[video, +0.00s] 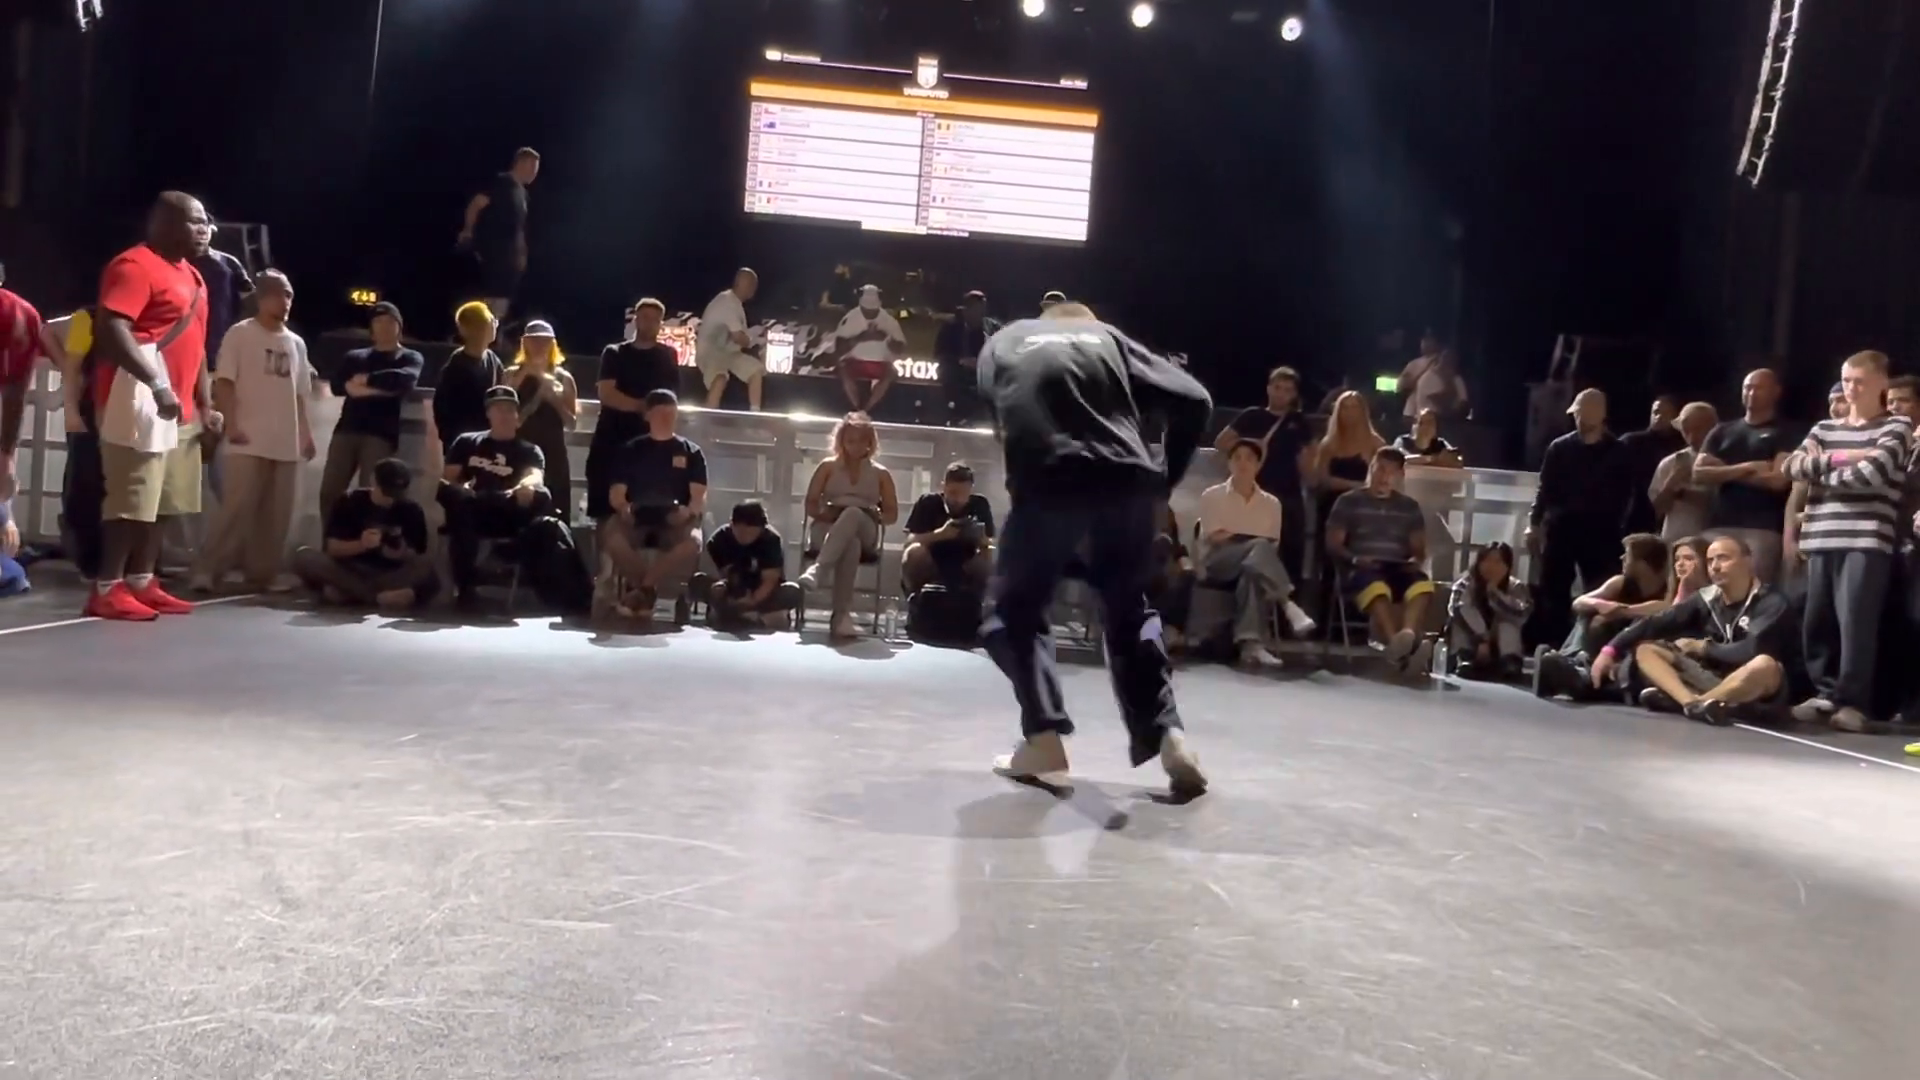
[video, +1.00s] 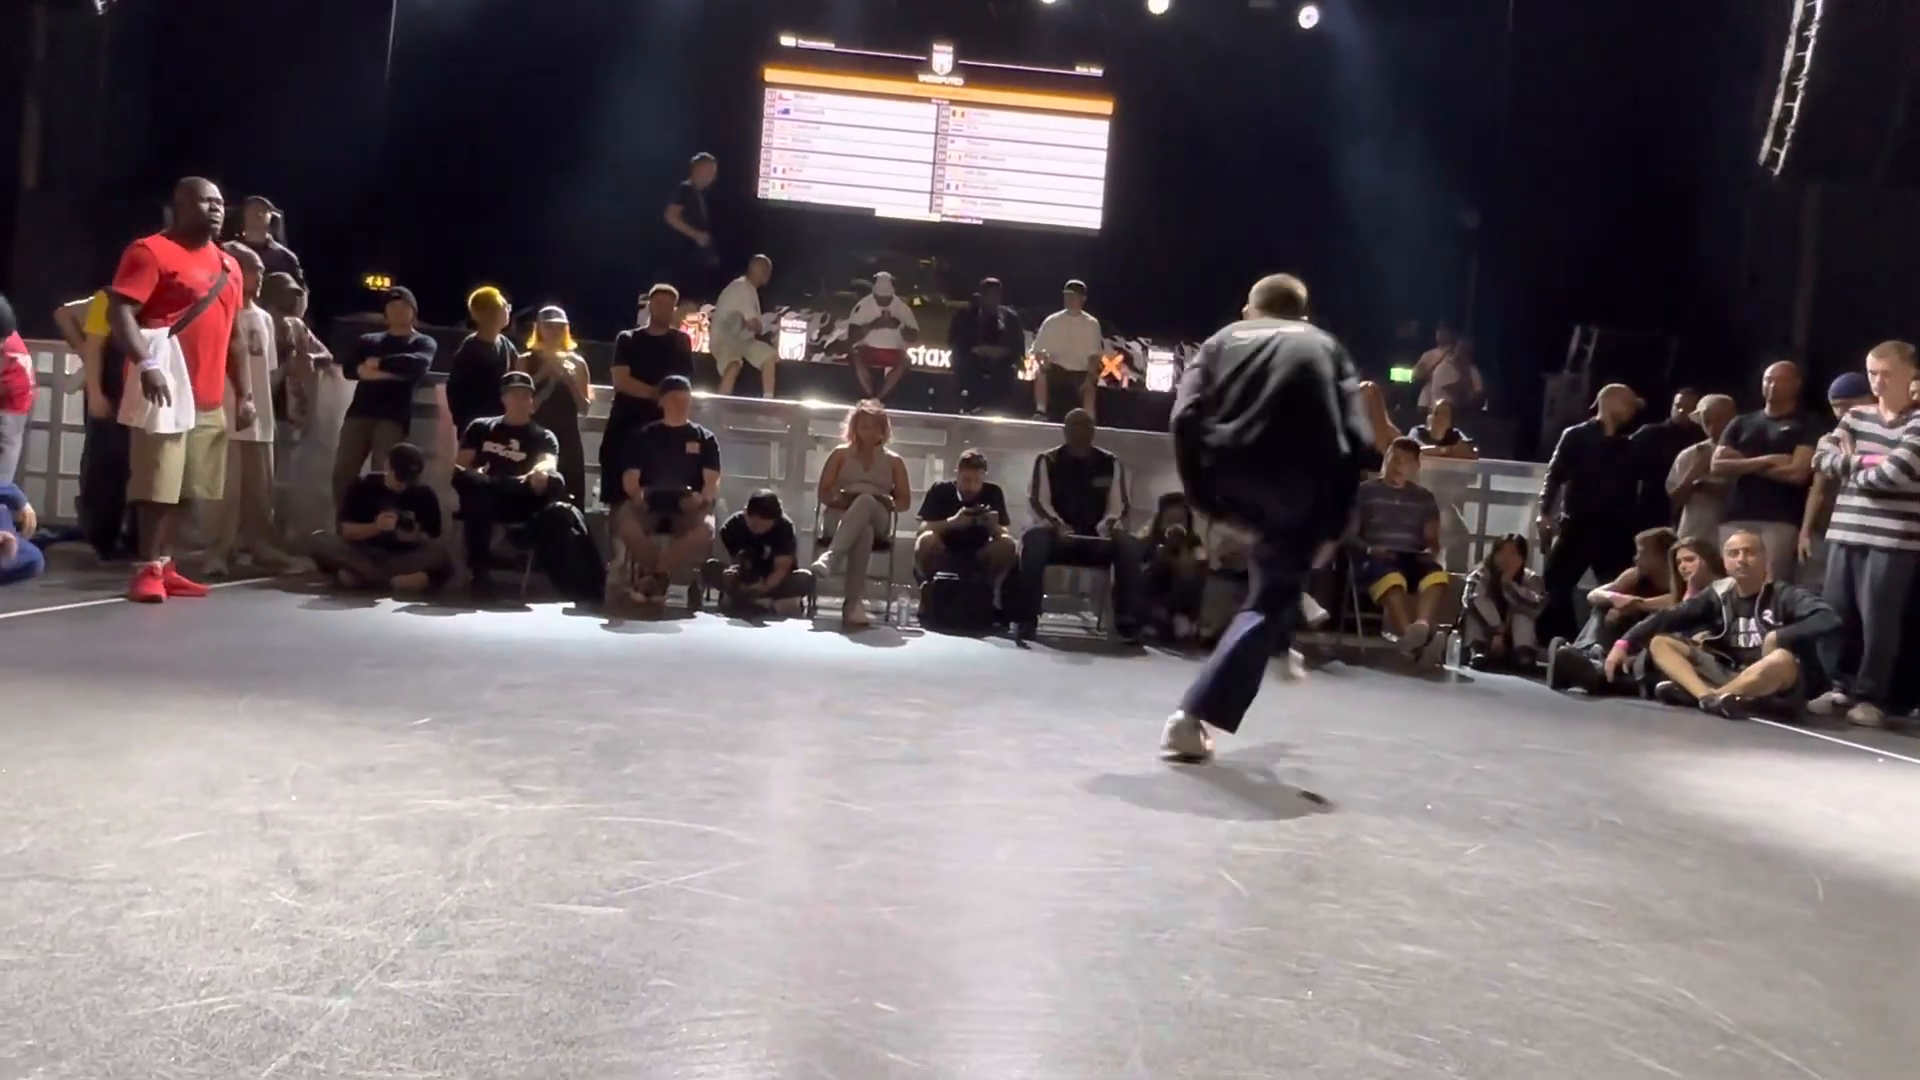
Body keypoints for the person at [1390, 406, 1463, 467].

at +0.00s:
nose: (1426, 427)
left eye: (1430, 423)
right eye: (1422, 423)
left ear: (1435, 426)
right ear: (1416, 425)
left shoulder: (1441, 444)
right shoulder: (1403, 441)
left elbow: (1456, 461)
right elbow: (1402, 459)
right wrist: (1435, 459)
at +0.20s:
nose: (1429, 425)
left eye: (1433, 421)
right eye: (1425, 421)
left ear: (1439, 424)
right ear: (1418, 424)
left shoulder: (1444, 441)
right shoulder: (1406, 439)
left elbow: (1459, 459)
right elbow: (1402, 457)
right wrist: (1439, 457)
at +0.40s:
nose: (1432, 423)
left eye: (1436, 419)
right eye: (1428, 418)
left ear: (1442, 422)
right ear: (1422, 421)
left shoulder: (1447, 439)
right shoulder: (1409, 436)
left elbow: (1462, 456)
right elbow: (1406, 454)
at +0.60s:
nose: (1436, 421)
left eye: (1440, 417)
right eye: (1432, 416)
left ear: (1446, 421)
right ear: (1425, 419)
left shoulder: (1451, 437)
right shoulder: (1413, 435)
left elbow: (1466, 455)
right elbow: (1411, 453)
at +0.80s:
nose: (1438, 419)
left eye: (1443, 415)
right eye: (1434, 414)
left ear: (1449, 419)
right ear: (1427, 416)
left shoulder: (1454, 435)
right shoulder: (1415, 433)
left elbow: (1468, 453)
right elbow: (1413, 451)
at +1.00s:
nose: (1440, 418)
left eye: (1445, 414)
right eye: (1436, 413)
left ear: (1451, 418)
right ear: (1430, 415)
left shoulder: (1456, 434)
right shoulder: (1417, 432)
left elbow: (1471, 452)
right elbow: (1415, 450)